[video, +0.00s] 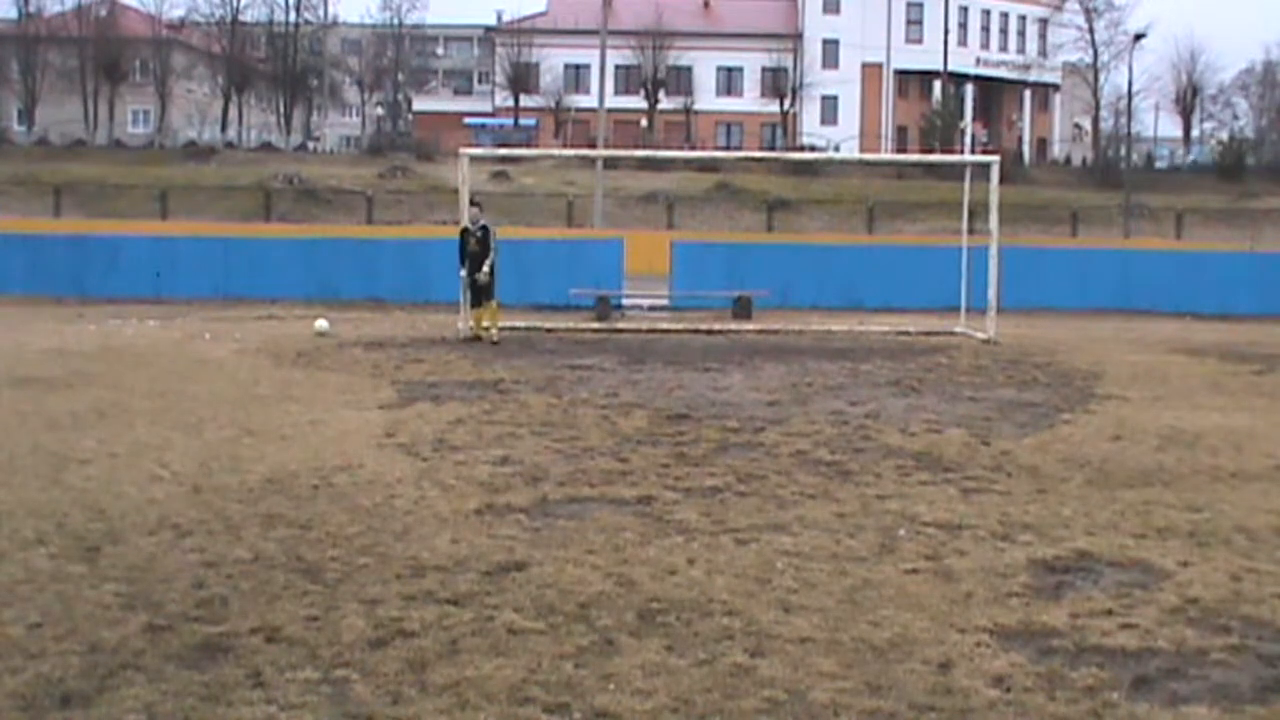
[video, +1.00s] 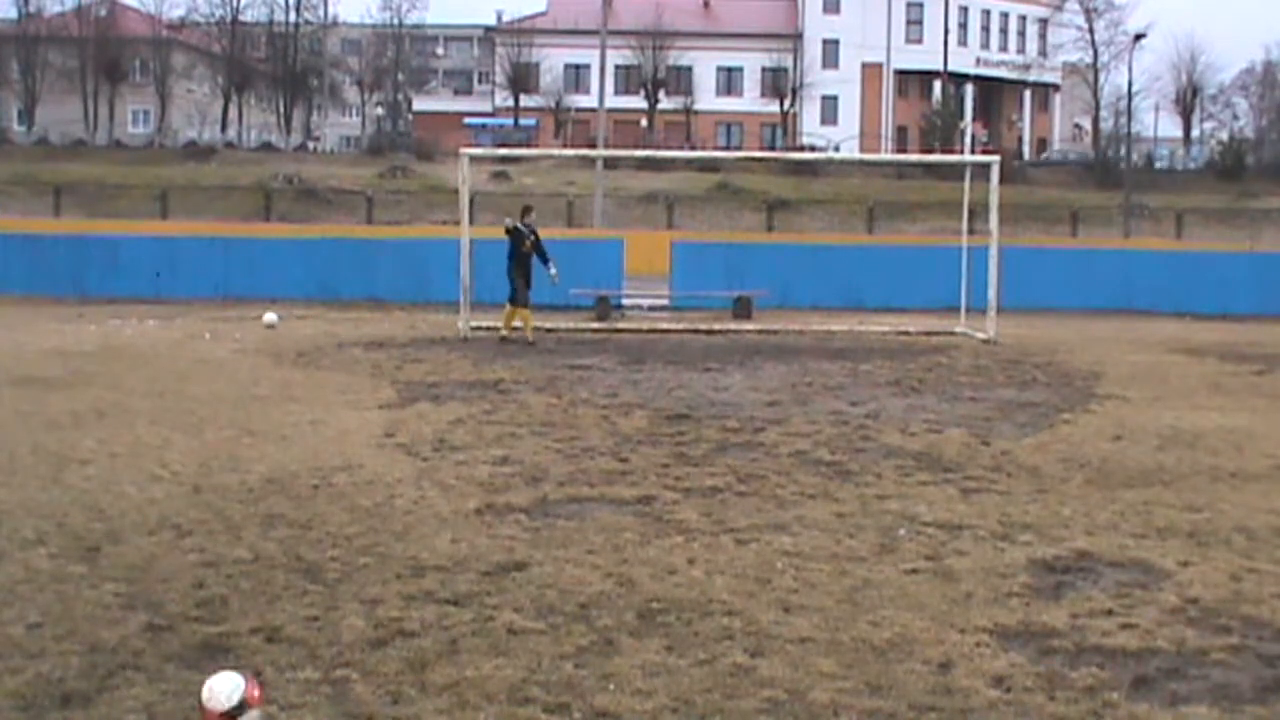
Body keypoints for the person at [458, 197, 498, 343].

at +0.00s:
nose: (473, 215)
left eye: (476, 211)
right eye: (471, 211)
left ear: (481, 213)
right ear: (467, 213)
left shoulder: (487, 231)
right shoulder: (464, 232)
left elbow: (491, 252)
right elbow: (462, 251)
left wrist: (486, 269)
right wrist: (463, 266)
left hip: (485, 269)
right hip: (471, 269)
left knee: (488, 300)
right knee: (474, 301)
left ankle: (492, 328)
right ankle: (476, 328)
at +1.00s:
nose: (533, 219)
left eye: (533, 216)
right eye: (531, 216)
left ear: (532, 218)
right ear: (525, 216)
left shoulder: (532, 232)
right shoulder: (516, 230)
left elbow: (540, 250)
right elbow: (510, 233)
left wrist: (549, 266)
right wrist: (509, 228)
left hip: (526, 267)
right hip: (515, 267)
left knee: (515, 300)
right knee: (522, 298)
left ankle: (505, 329)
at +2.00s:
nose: (613, 218)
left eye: (615, 215)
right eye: (611, 215)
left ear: (617, 217)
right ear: (606, 215)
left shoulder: (614, 231)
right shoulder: (602, 231)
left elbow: (614, 252)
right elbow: (599, 253)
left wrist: (618, 267)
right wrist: (611, 266)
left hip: (611, 269)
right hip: (602, 269)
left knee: (611, 299)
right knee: (608, 298)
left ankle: (605, 331)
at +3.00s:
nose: (689, 245)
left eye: (691, 242)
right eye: (686, 242)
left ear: (695, 243)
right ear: (682, 243)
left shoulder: (698, 254)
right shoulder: (674, 252)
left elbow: (712, 257)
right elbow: (660, 254)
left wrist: (708, 271)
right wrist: (663, 269)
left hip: (693, 283)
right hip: (675, 283)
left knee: (706, 310)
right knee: (665, 311)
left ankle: (711, 340)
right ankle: (660, 337)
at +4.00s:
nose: (701, 261)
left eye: (703, 258)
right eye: (698, 258)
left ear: (707, 261)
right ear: (695, 260)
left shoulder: (710, 276)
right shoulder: (688, 275)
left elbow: (708, 299)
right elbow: (687, 296)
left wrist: (707, 316)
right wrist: (688, 314)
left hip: (706, 298)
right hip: (691, 298)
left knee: (727, 307)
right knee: (676, 310)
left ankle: (732, 340)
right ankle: (673, 340)